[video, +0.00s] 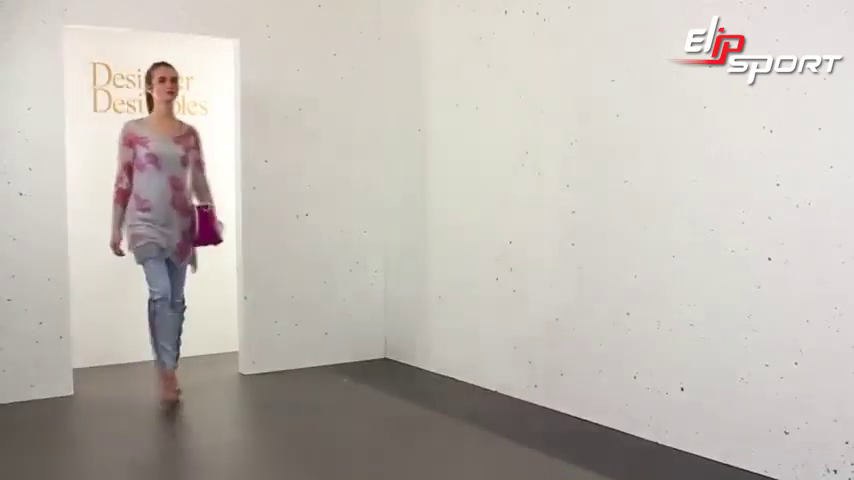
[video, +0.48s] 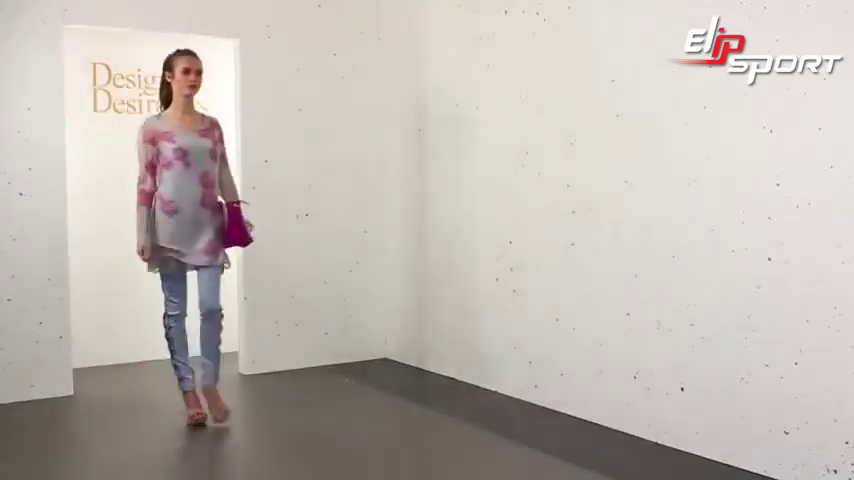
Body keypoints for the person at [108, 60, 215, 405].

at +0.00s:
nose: (168, 86)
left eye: (173, 80)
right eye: (162, 81)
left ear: (178, 86)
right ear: (150, 87)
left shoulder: (188, 133)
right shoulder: (133, 130)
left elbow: (199, 182)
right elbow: (123, 182)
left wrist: (211, 219)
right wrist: (116, 228)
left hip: (180, 224)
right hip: (144, 222)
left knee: (176, 298)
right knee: (161, 293)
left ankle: (170, 368)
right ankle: (165, 368)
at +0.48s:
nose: (193, 79)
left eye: (198, 73)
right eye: (186, 73)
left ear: (202, 79)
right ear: (169, 77)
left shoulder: (211, 127)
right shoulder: (152, 127)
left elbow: (225, 178)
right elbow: (146, 184)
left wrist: (237, 222)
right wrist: (143, 235)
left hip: (208, 229)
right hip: (168, 232)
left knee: (211, 308)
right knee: (176, 312)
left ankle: (211, 385)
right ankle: (188, 391)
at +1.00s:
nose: (228, 62)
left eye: (233, 56)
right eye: (221, 55)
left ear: (238, 64)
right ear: (202, 61)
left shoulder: (245, 121)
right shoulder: (179, 116)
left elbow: (257, 177)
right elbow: (171, 180)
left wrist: (270, 226)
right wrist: (168, 237)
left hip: (242, 230)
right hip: (199, 229)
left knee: (237, 324)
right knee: (219, 320)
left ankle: (226, 410)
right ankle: (206, 396)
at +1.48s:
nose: (258, 51)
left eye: (263, 44)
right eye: (248, 44)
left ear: (269, 52)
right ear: (228, 52)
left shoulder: (285, 114)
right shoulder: (208, 115)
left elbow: (297, 179)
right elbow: (200, 187)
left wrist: (310, 234)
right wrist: (194, 254)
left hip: (277, 240)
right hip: (227, 238)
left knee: (268, 347)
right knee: (242, 342)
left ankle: (245, 415)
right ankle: (260, 441)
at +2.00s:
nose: (308, 34)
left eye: (314, 26)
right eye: (298, 26)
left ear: (319, 37)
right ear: (275, 37)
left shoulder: (326, 109)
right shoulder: (247, 102)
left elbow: (342, 182)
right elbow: (238, 183)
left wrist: (361, 242)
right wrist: (238, 254)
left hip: (327, 252)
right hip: (271, 254)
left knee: (331, 365)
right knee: (270, 361)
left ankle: (328, 472)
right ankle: (265, 442)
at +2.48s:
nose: (356, 7)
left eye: (360, 0)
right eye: (343, 1)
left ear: (367, 10)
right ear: (317, 13)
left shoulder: (382, 91)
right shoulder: (292, 88)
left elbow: (396, 175)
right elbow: (278, 177)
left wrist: (413, 243)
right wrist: (268, 263)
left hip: (370, 246)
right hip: (311, 246)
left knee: (343, 379)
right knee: (340, 380)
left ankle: (329, 471)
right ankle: (359, 475)